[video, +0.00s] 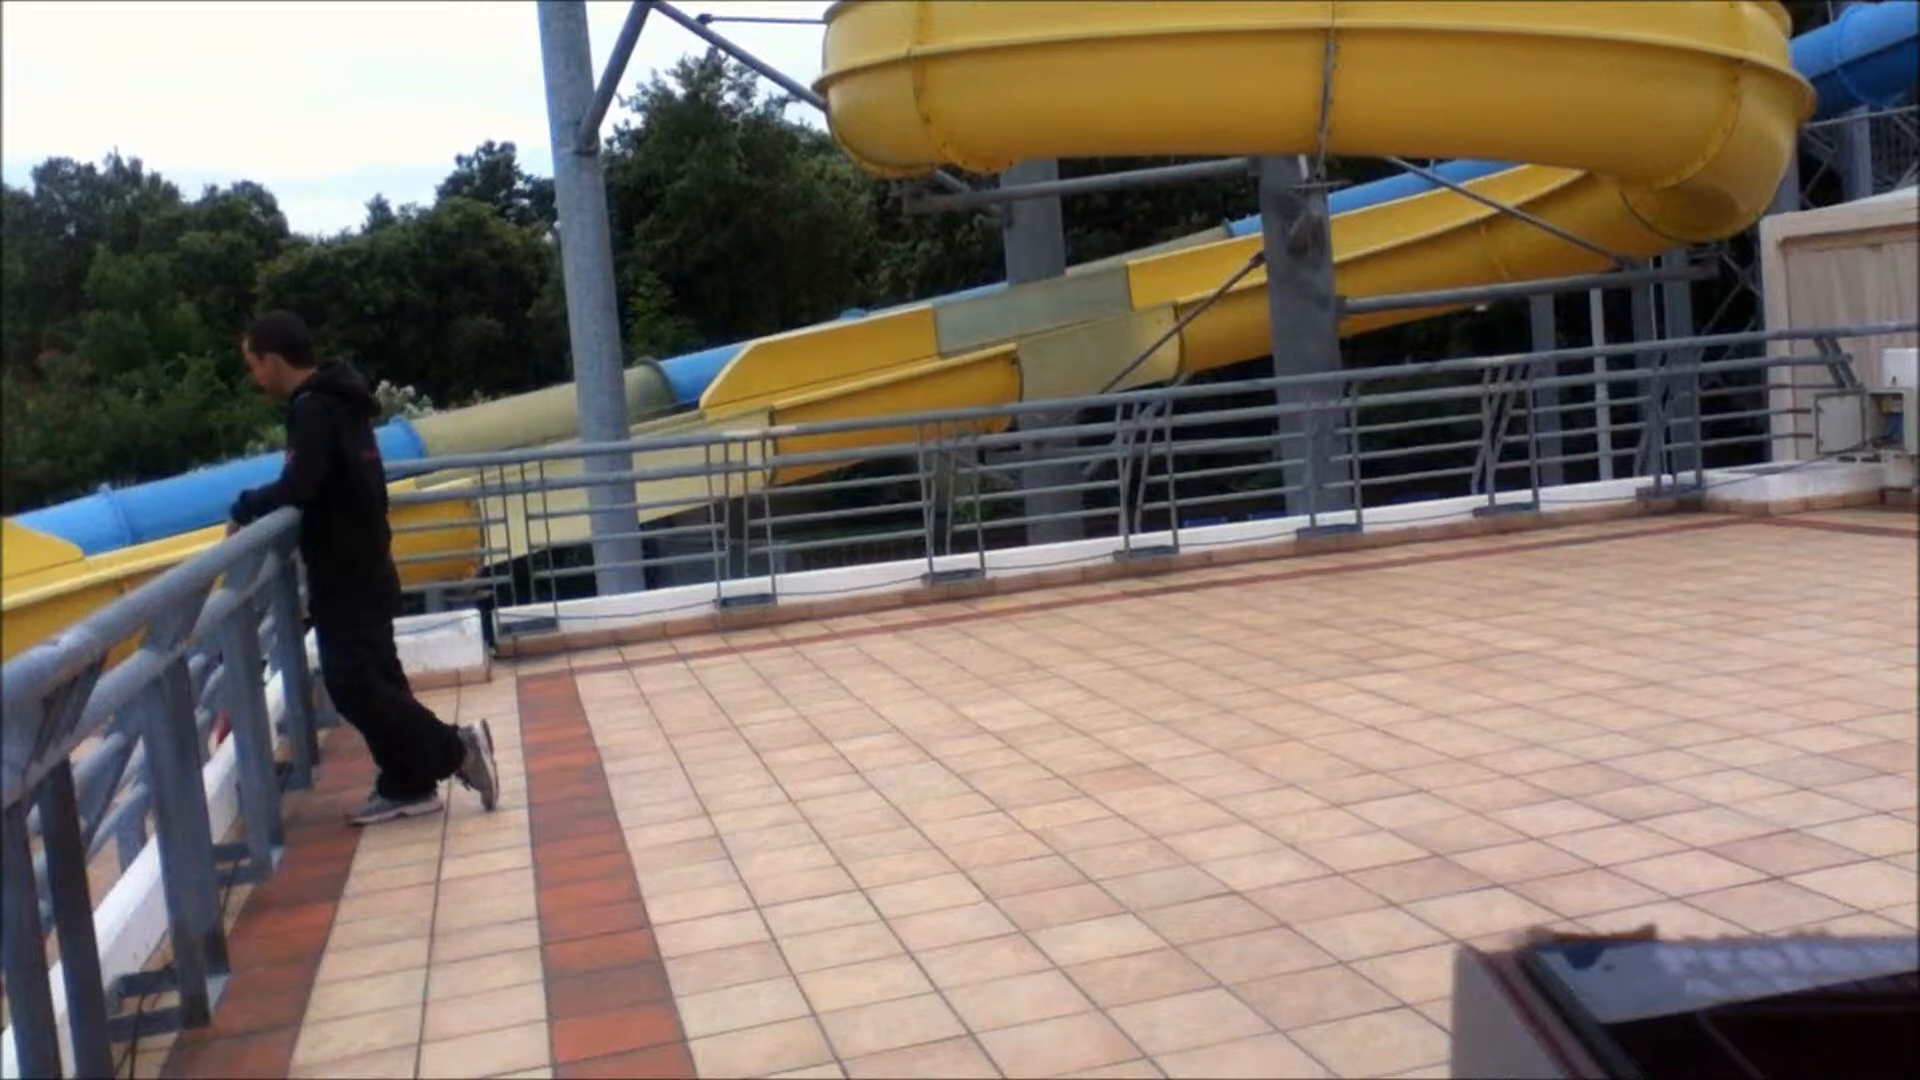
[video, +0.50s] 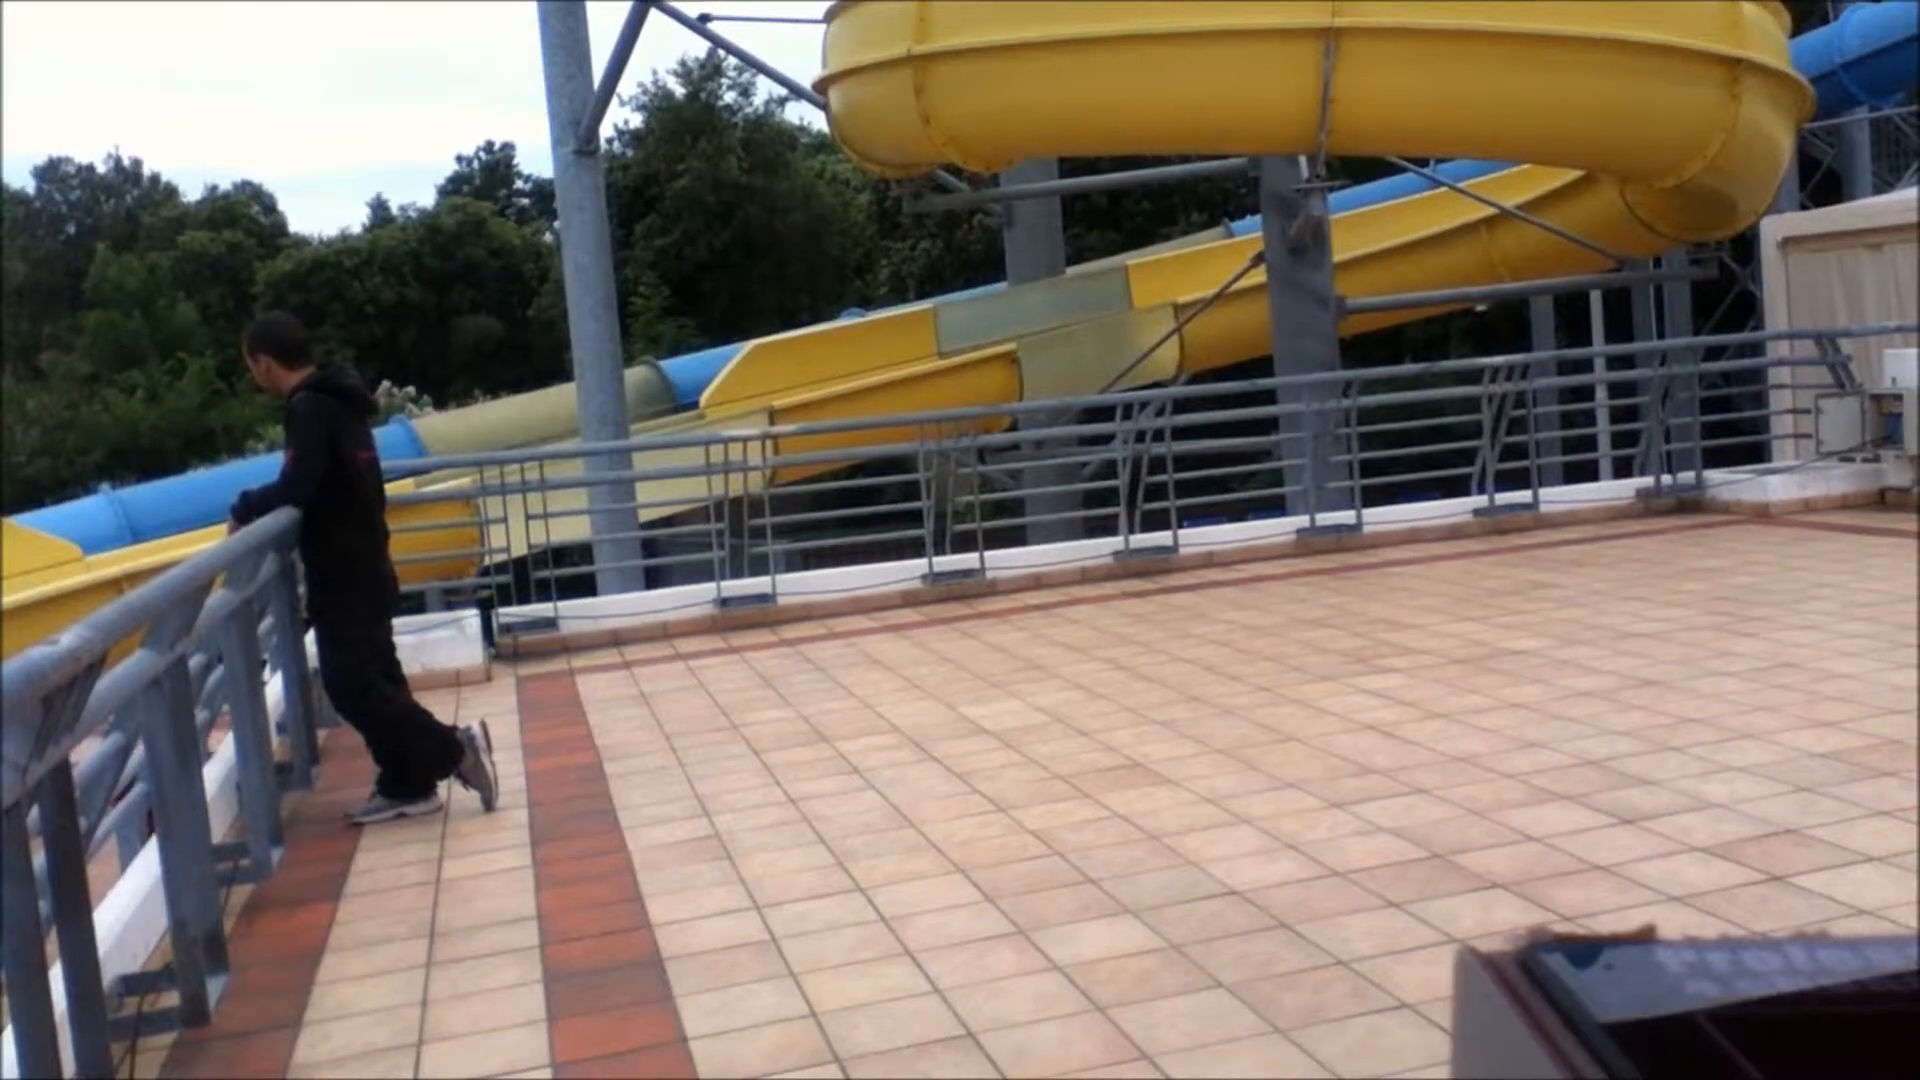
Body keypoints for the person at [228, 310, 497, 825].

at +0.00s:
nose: (253, 376)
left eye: (253, 365)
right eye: (250, 366)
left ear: (276, 360)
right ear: (298, 354)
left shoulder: (313, 409)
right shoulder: (337, 397)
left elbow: (301, 487)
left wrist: (244, 508)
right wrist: (261, 508)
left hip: (344, 572)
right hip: (365, 567)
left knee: (350, 688)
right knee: (376, 676)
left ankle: (456, 749)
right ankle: (406, 788)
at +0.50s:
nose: (253, 377)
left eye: (252, 367)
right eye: (251, 368)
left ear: (268, 363)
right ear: (300, 352)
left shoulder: (308, 408)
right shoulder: (337, 397)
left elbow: (298, 488)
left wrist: (244, 509)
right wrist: (261, 508)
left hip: (343, 573)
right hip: (364, 567)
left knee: (348, 687)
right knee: (376, 675)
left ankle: (452, 750)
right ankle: (406, 787)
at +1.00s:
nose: (256, 381)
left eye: (255, 371)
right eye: (254, 372)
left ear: (270, 368)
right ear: (302, 357)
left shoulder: (311, 414)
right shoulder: (338, 403)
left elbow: (299, 494)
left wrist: (245, 514)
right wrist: (264, 513)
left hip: (343, 578)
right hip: (365, 572)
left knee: (349, 694)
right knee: (377, 680)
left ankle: (452, 755)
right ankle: (405, 792)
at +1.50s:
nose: (255, 381)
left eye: (256, 370)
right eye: (253, 371)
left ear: (276, 365)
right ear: (298, 360)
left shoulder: (314, 414)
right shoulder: (338, 404)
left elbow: (300, 494)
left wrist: (245, 513)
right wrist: (263, 514)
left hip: (345, 579)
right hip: (365, 574)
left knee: (350, 694)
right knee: (377, 682)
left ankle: (453, 754)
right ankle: (406, 791)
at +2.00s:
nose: (252, 390)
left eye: (255, 376)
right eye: (247, 380)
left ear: (287, 365)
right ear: (289, 369)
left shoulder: (314, 420)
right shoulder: (338, 410)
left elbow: (300, 502)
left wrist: (227, 513)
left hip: (347, 586)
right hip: (366, 579)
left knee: (353, 698)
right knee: (378, 688)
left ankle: (455, 759)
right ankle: (408, 796)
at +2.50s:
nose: (256, 391)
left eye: (259, 377)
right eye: (251, 381)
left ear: (292, 365)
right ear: (294, 370)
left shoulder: (320, 419)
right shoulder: (341, 409)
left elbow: (299, 502)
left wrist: (216, 513)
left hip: (349, 586)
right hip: (367, 580)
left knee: (351, 698)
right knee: (379, 687)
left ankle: (455, 762)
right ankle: (408, 797)